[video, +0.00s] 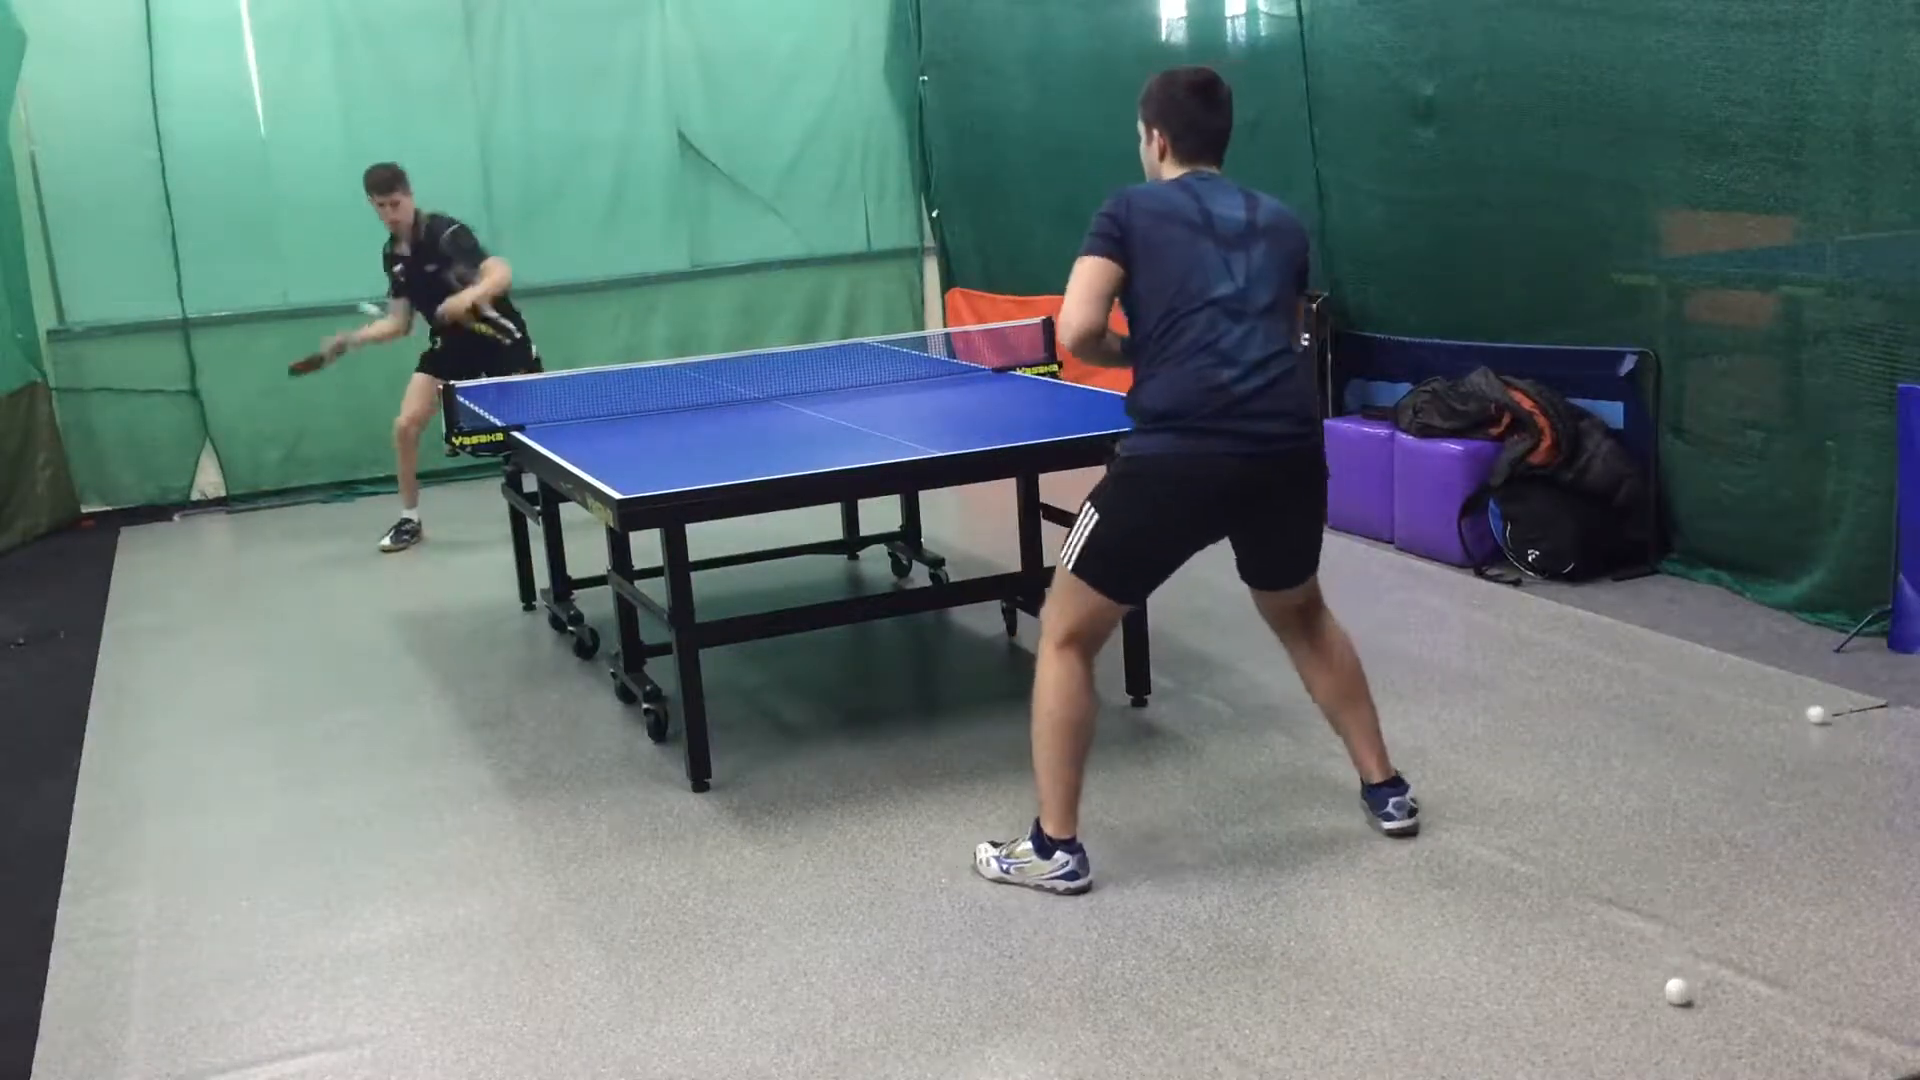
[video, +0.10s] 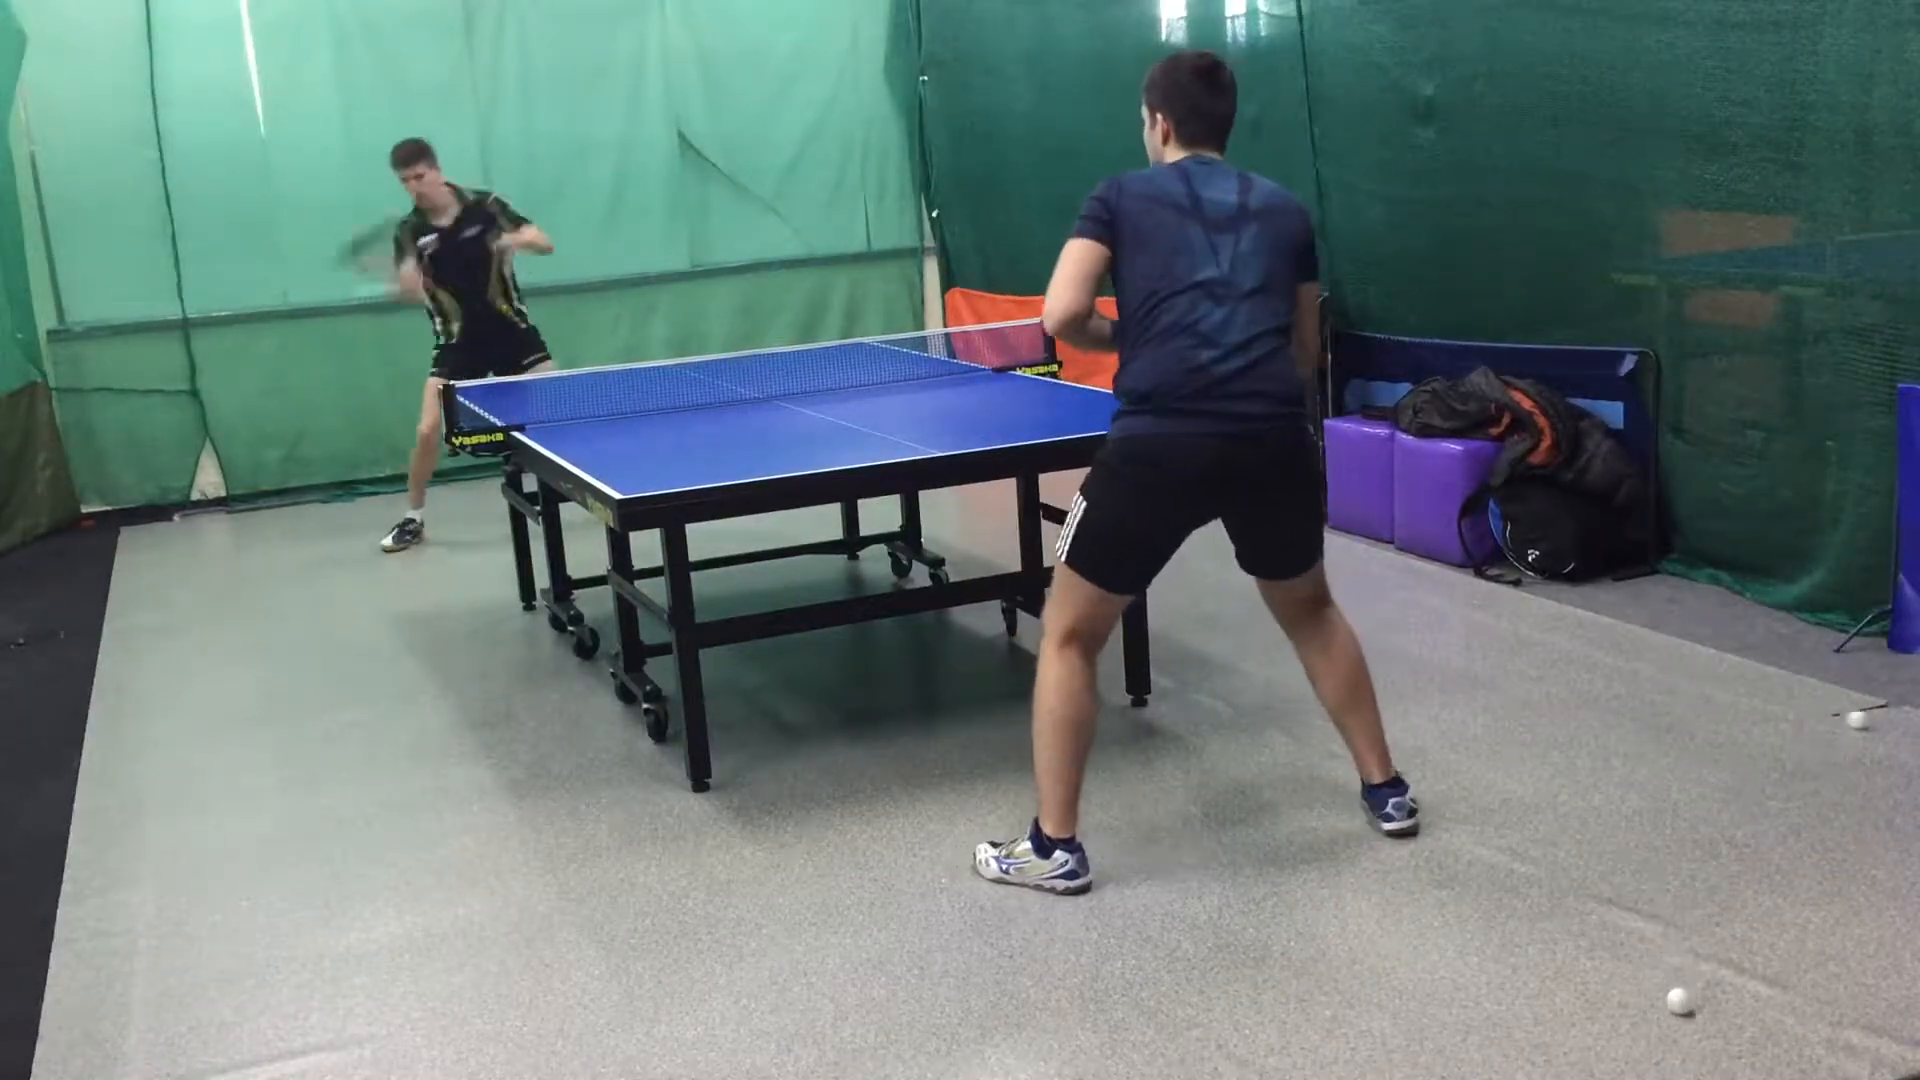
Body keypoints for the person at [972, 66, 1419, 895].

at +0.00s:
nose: (1142, 147)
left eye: (1143, 136)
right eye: (1147, 134)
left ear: (1155, 140)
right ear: (1225, 141)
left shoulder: (1131, 210)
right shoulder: (1284, 221)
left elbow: (1080, 330)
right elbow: (1287, 331)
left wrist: (1136, 352)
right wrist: (1192, 338)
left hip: (1174, 464)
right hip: (1286, 462)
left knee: (1068, 636)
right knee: (1303, 615)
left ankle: (1056, 844)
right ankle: (1386, 789)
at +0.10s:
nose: (1145, 131)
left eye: (1146, 120)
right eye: (1151, 119)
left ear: (1157, 125)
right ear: (1229, 126)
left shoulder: (1123, 197)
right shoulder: (1286, 209)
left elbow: (1062, 316)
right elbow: (1306, 353)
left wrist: (1127, 338)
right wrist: (1263, 397)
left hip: (1157, 450)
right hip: (1273, 448)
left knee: (1072, 638)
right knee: (1311, 612)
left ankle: (1055, 844)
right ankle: (1386, 790)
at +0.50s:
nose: (1170, 140)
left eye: (1172, 129)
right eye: (1182, 129)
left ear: (1182, 136)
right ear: (1254, 143)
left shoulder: (1131, 206)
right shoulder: (1298, 231)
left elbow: (1063, 324)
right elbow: (1302, 374)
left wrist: (1128, 347)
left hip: (1152, 466)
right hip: (1267, 463)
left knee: (1070, 641)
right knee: (1323, 612)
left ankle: (1053, 843)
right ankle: (1385, 789)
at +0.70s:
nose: (1138, 140)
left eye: (1140, 128)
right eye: (1143, 128)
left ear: (1151, 136)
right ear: (1223, 139)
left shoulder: (1123, 207)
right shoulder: (1277, 219)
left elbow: (1066, 329)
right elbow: (1260, 324)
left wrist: (1129, 352)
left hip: (1173, 463)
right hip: (1282, 460)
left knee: (1064, 641)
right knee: (1309, 619)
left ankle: (1051, 845)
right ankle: (1399, 788)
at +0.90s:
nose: (1146, 138)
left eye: (1147, 128)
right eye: (1151, 126)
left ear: (1160, 132)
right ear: (1231, 133)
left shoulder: (1129, 204)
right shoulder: (1288, 215)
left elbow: (1072, 322)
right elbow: (1303, 342)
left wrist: (1130, 346)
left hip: (1169, 456)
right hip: (1283, 453)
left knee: (1076, 637)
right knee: (1318, 615)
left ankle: (1052, 845)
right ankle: (1399, 789)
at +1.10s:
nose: (1175, 142)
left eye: (1176, 132)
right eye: (1186, 131)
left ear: (1185, 138)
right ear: (1258, 140)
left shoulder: (1137, 205)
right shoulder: (1306, 217)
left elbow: (1066, 323)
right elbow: (1336, 364)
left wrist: (1137, 347)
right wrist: (1391, 410)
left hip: (1156, 455)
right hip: (1273, 455)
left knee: (1078, 640)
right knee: (1332, 610)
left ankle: (1051, 844)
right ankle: (1398, 790)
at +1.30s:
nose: (1212, 169)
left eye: (1211, 159)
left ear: (1215, 166)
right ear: (1290, 173)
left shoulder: (1156, 232)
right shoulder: (1324, 259)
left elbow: (1083, 349)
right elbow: (1338, 404)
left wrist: (1158, 370)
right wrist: (1322, 359)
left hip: (1159, 483)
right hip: (1279, 482)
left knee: (1076, 647)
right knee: (1339, 610)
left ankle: (1052, 843)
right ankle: (1398, 787)